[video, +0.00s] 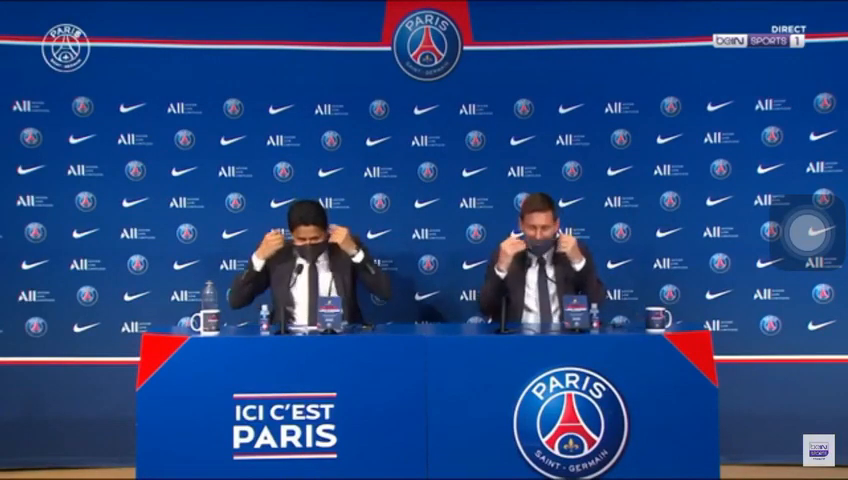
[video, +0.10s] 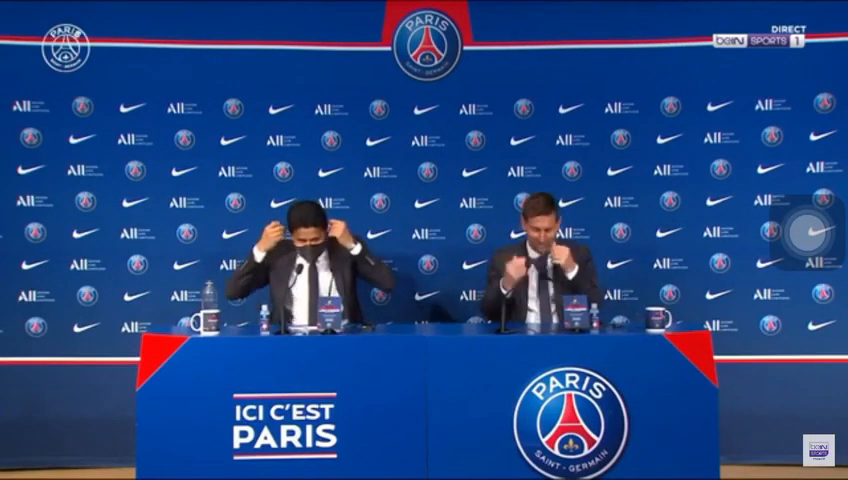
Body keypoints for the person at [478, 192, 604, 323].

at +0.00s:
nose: (538, 236)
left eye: (545, 228)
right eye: (532, 228)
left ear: (556, 225)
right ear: (522, 225)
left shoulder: (574, 252)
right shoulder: (507, 254)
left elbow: (598, 301)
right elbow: (487, 309)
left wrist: (578, 261)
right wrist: (502, 267)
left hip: (566, 341)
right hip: (518, 342)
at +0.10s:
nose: (542, 237)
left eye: (548, 230)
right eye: (535, 230)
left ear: (558, 224)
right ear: (524, 224)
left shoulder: (578, 254)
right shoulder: (504, 257)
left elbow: (595, 301)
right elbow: (488, 311)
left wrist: (571, 269)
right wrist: (507, 283)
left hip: (567, 339)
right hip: (520, 340)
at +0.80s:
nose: (544, 243)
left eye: (551, 236)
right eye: (539, 235)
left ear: (561, 227)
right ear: (528, 224)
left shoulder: (579, 254)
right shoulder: (504, 258)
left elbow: (601, 299)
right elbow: (490, 309)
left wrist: (579, 290)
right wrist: (511, 301)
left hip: (568, 341)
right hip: (519, 342)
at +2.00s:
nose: (535, 229)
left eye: (542, 222)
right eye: (529, 221)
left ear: (555, 223)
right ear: (520, 223)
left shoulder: (578, 256)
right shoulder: (503, 259)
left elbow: (598, 304)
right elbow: (489, 314)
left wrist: (573, 279)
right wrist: (508, 283)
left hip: (566, 341)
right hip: (518, 342)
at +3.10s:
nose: (536, 232)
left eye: (543, 225)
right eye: (530, 225)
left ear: (555, 224)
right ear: (519, 225)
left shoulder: (573, 251)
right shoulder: (506, 252)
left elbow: (600, 300)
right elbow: (485, 305)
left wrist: (577, 255)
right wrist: (504, 261)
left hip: (565, 340)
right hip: (519, 340)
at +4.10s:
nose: (532, 231)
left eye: (538, 224)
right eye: (525, 224)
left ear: (550, 225)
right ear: (515, 225)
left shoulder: (573, 253)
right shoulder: (501, 256)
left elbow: (587, 298)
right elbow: (480, 310)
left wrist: (559, 265)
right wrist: (502, 276)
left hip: (560, 342)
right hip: (514, 343)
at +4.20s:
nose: (532, 231)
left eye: (538, 225)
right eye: (525, 225)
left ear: (549, 225)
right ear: (514, 225)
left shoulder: (569, 253)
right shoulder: (498, 260)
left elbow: (583, 295)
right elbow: (479, 313)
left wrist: (554, 269)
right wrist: (501, 290)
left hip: (557, 341)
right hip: (512, 342)